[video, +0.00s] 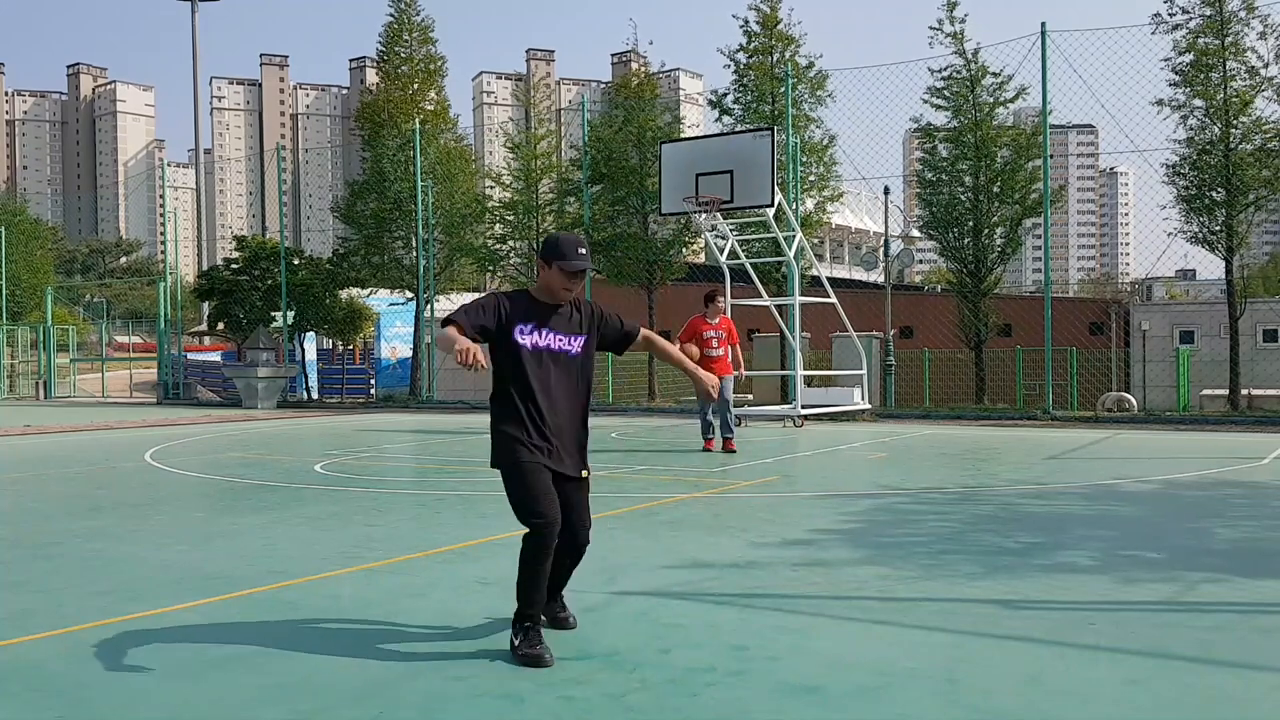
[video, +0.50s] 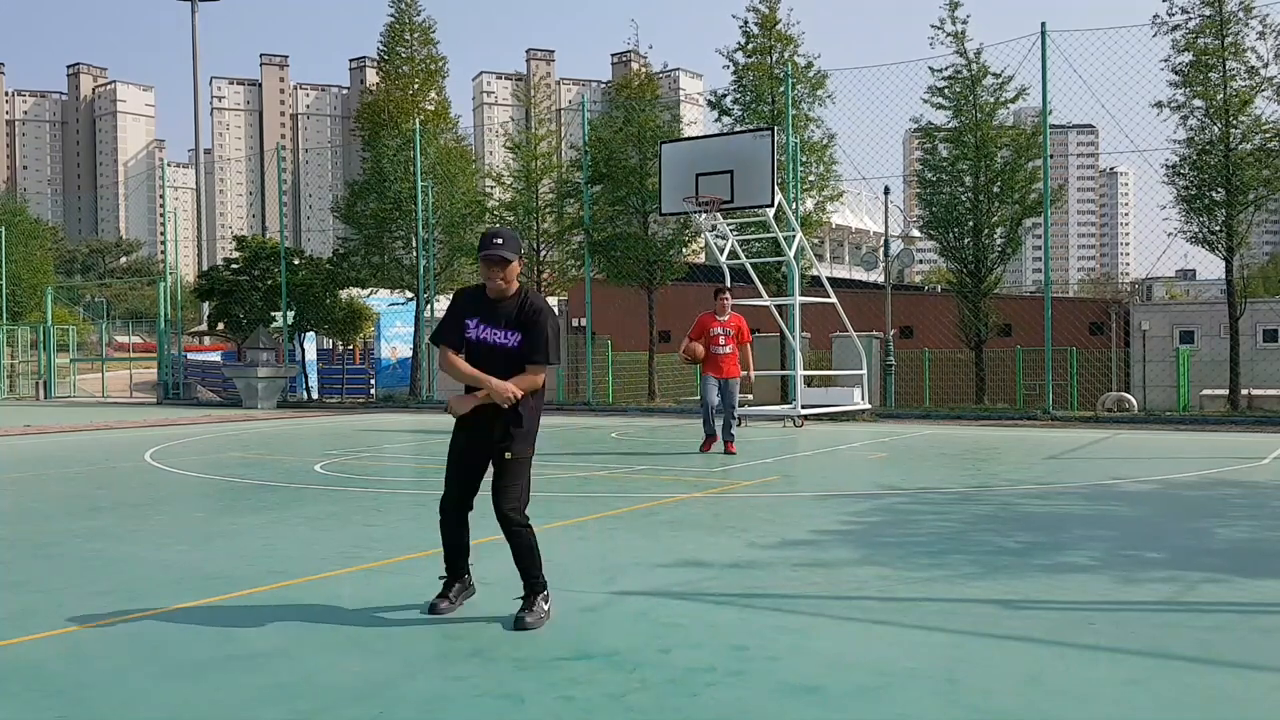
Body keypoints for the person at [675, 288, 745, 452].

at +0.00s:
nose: (722, 306)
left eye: (723, 303)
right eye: (719, 303)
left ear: (724, 304)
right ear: (709, 305)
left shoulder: (727, 322)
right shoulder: (695, 322)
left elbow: (735, 344)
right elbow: (678, 340)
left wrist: (741, 365)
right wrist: (675, 353)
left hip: (725, 370)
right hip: (704, 371)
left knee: (727, 401)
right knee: (705, 407)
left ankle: (728, 439)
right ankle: (708, 439)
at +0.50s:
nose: (725, 302)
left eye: (727, 299)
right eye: (722, 299)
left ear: (731, 301)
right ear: (716, 301)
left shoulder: (739, 320)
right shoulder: (704, 319)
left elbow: (745, 345)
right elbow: (689, 338)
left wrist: (750, 369)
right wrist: (681, 352)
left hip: (732, 371)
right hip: (710, 371)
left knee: (731, 408)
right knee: (709, 402)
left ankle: (729, 440)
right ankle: (710, 435)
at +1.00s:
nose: (693, 305)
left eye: (695, 301)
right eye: (693, 301)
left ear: (704, 303)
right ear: (701, 303)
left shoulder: (723, 320)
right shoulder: (694, 323)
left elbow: (731, 343)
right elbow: (690, 347)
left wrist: (721, 362)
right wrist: (683, 361)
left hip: (719, 371)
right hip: (699, 372)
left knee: (724, 409)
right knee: (699, 409)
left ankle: (728, 441)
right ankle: (702, 445)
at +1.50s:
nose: (672, 305)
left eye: (673, 301)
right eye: (672, 301)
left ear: (679, 301)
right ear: (687, 300)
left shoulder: (689, 316)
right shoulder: (694, 316)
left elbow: (690, 341)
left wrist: (673, 359)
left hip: (691, 372)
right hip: (698, 372)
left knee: (680, 406)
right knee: (694, 408)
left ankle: (685, 446)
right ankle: (702, 445)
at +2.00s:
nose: (653, 304)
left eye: (654, 301)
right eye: (654, 301)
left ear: (657, 302)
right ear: (671, 302)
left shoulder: (658, 318)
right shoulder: (685, 318)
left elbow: (655, 345)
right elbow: (692, 345)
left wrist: (653, 364)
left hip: (673, 367)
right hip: (692, 366)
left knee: (669, 409)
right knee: (688, 409)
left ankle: (672, 449)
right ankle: (692, 448)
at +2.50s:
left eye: (656, 301)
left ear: (655, 302)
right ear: (670, 301)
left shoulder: (655, 319)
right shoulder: (684, 318)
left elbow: (651, 346)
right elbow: (695, 344)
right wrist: (681, 353)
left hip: (666, 367)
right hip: (687, 366)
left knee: (667, 411)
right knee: (688, 410)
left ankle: (671, 449)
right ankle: (691, 449)